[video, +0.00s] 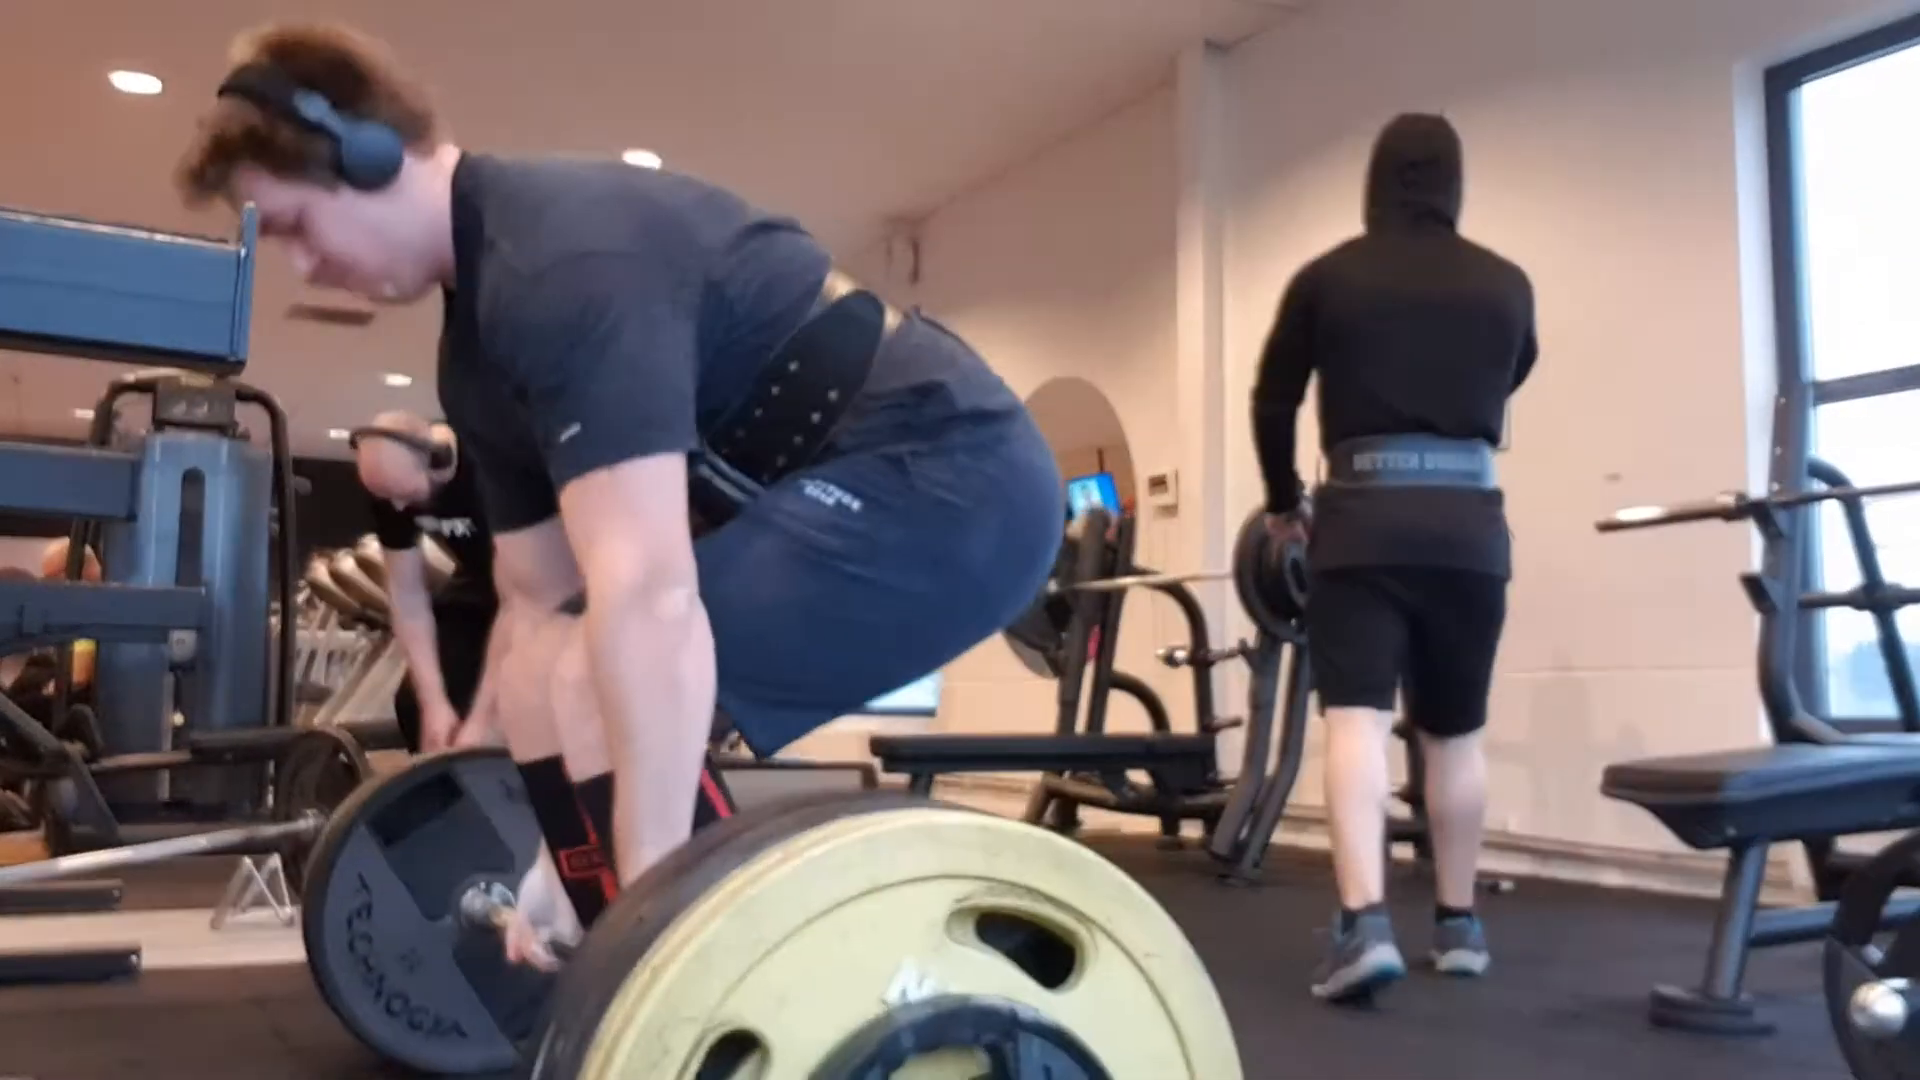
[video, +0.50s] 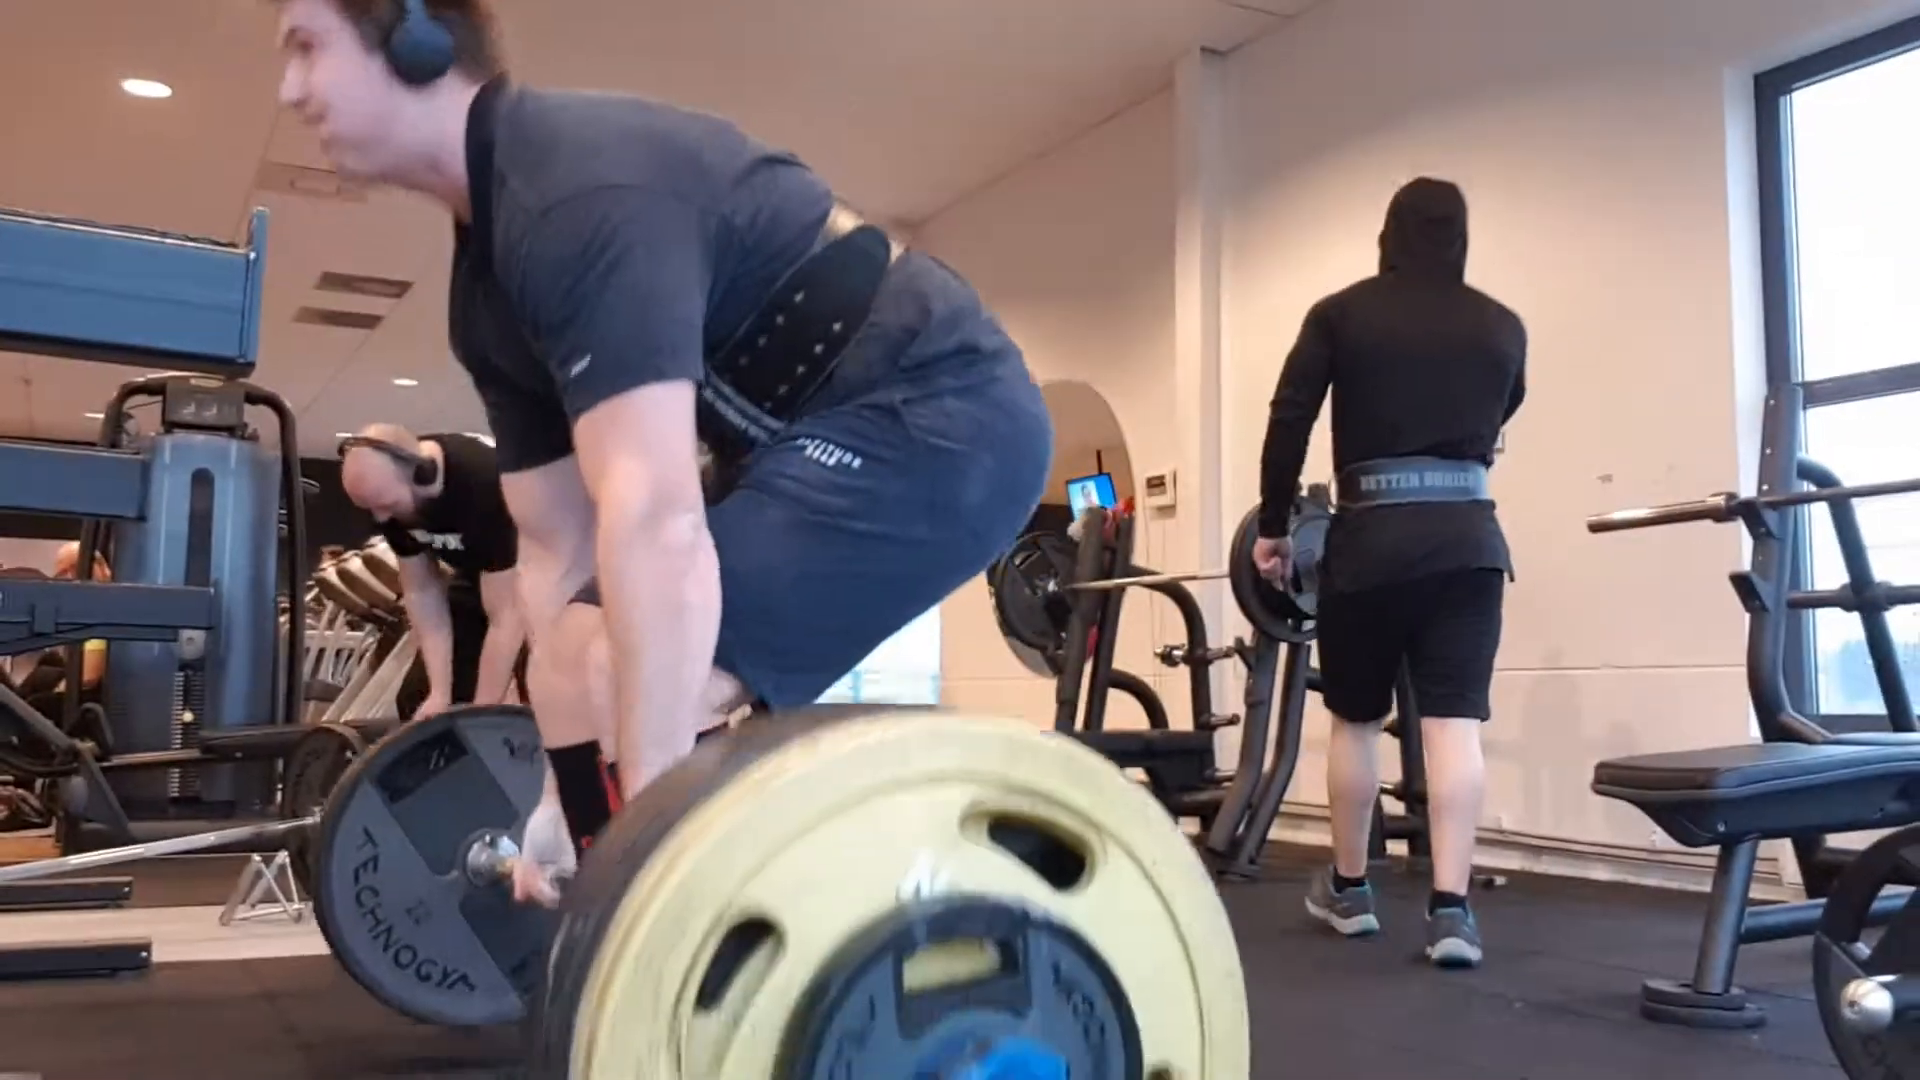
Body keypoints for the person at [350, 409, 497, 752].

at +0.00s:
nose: (401, 508)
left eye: (408, 496)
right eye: (389, 499)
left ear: (434, 465)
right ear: (376, 481)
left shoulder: (486, 470)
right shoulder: (389, 487)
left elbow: (516, 601)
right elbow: (408, 600)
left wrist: (483, 718)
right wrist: (435, 704)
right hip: (473, 589)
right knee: (415, 700)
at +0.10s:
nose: (399, 511)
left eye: (407, 499)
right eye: (388, 502)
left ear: (435, 469)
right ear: (374, 482)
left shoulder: (487, 471)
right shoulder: (388, 485)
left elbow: (512, 605)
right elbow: (397, 605)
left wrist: (468, 720)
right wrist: (417, 704)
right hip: (472, 588)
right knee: (411, 695)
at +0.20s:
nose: (401, 512)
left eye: (409, 502)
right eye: (390, 504)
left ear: (438, 472)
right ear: (375, 485)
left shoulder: (490, 474)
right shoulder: (387, 491)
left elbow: (511, 608)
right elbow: (398, 607)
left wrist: (467, 720)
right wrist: (415, 703)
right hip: (474, 583)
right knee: (413, 695)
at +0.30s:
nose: (399, 513)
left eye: (407, 502)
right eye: (388, 504)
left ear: (434, 470)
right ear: (374, 487)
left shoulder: (488, 476)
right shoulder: (386, 491)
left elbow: (508, 611)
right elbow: (404, 596)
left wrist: (471, 719)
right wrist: (425, 696)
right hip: (471, 585)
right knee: (413, 696)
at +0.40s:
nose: (394, 514)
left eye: (401, 501)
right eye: (385, 505)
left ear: (428, 472)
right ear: (374, 489)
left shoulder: (487, 479)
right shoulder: (391, 491)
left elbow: (508, 616)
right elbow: (415, 588)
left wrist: (478, 722)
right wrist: (436, 686)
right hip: (474, 584)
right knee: (415, 700)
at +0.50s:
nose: (381, 518)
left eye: (387, 506)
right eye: (371, 510)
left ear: (418, 476)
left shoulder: (485, 487)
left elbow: (506, 618)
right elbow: (423, 594)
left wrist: (482, 717)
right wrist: (440, 693)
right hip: (474, 586)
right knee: (415, 698)